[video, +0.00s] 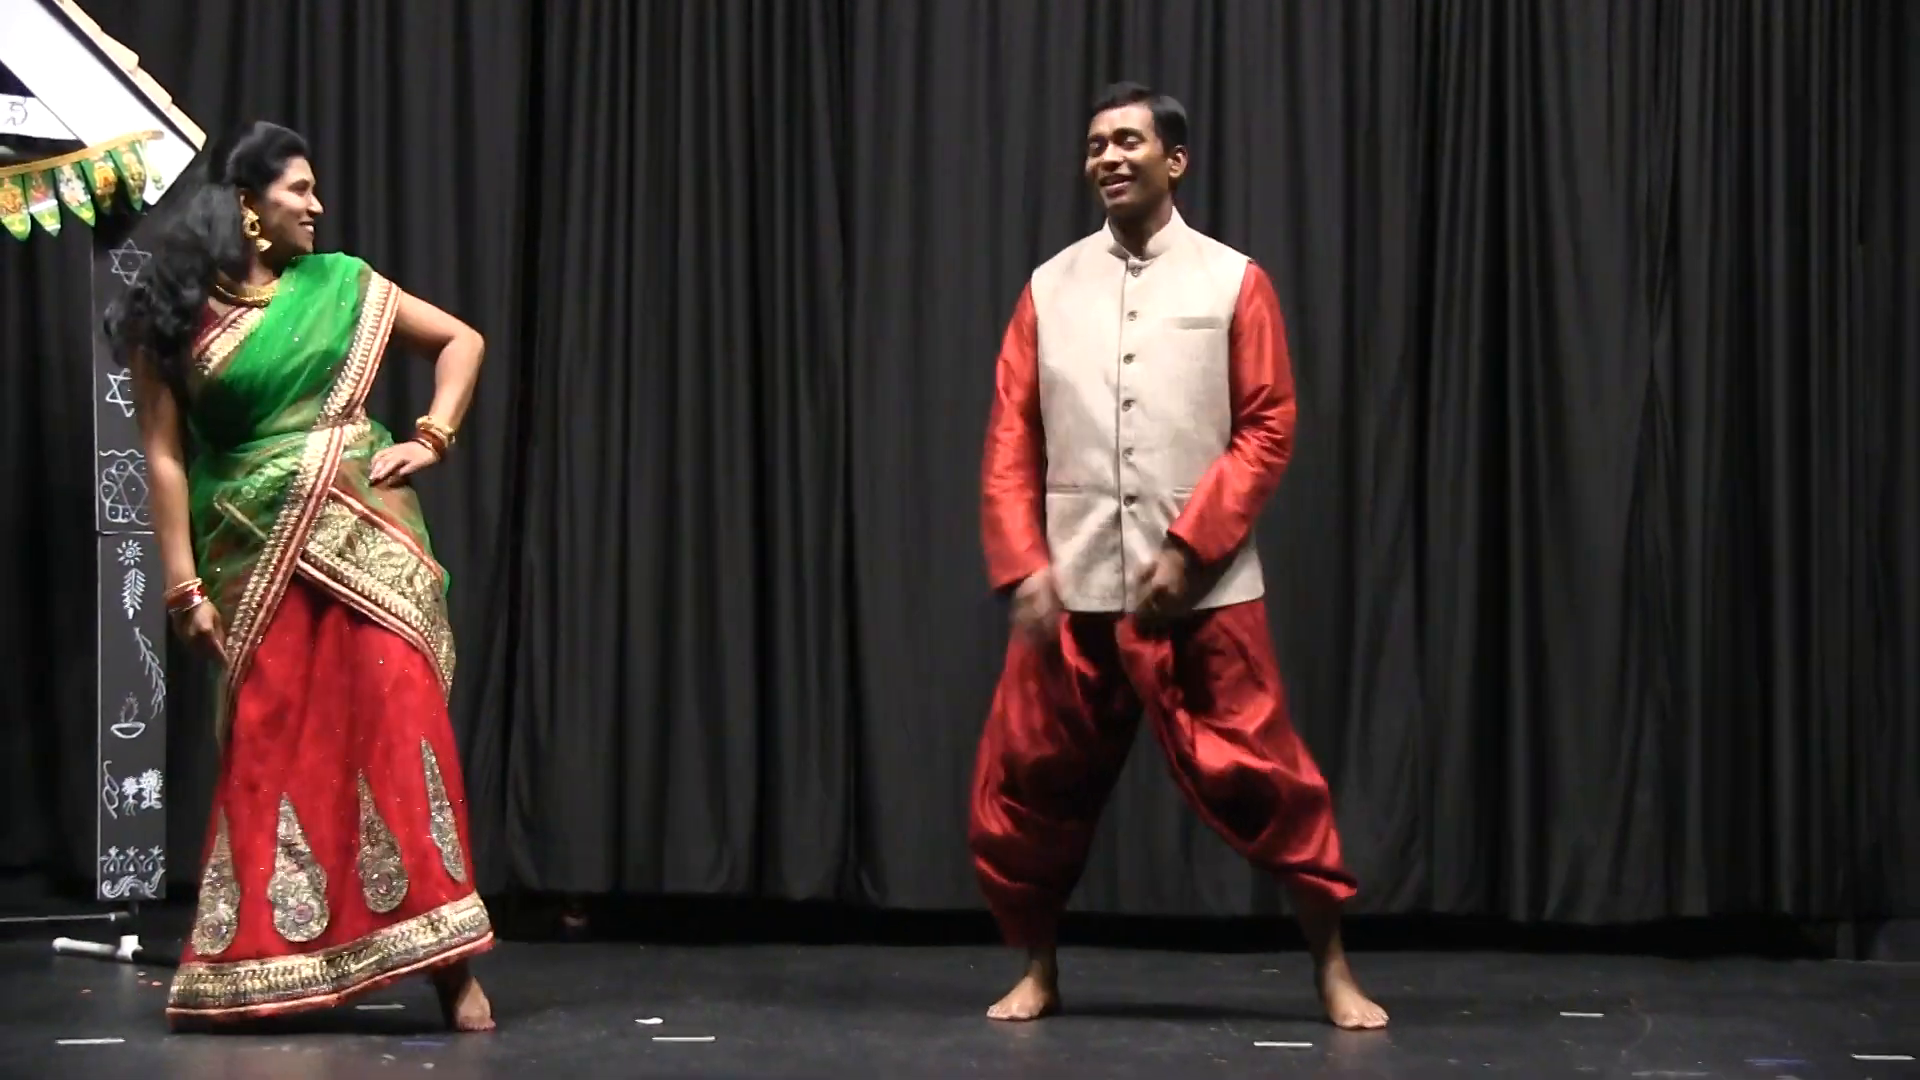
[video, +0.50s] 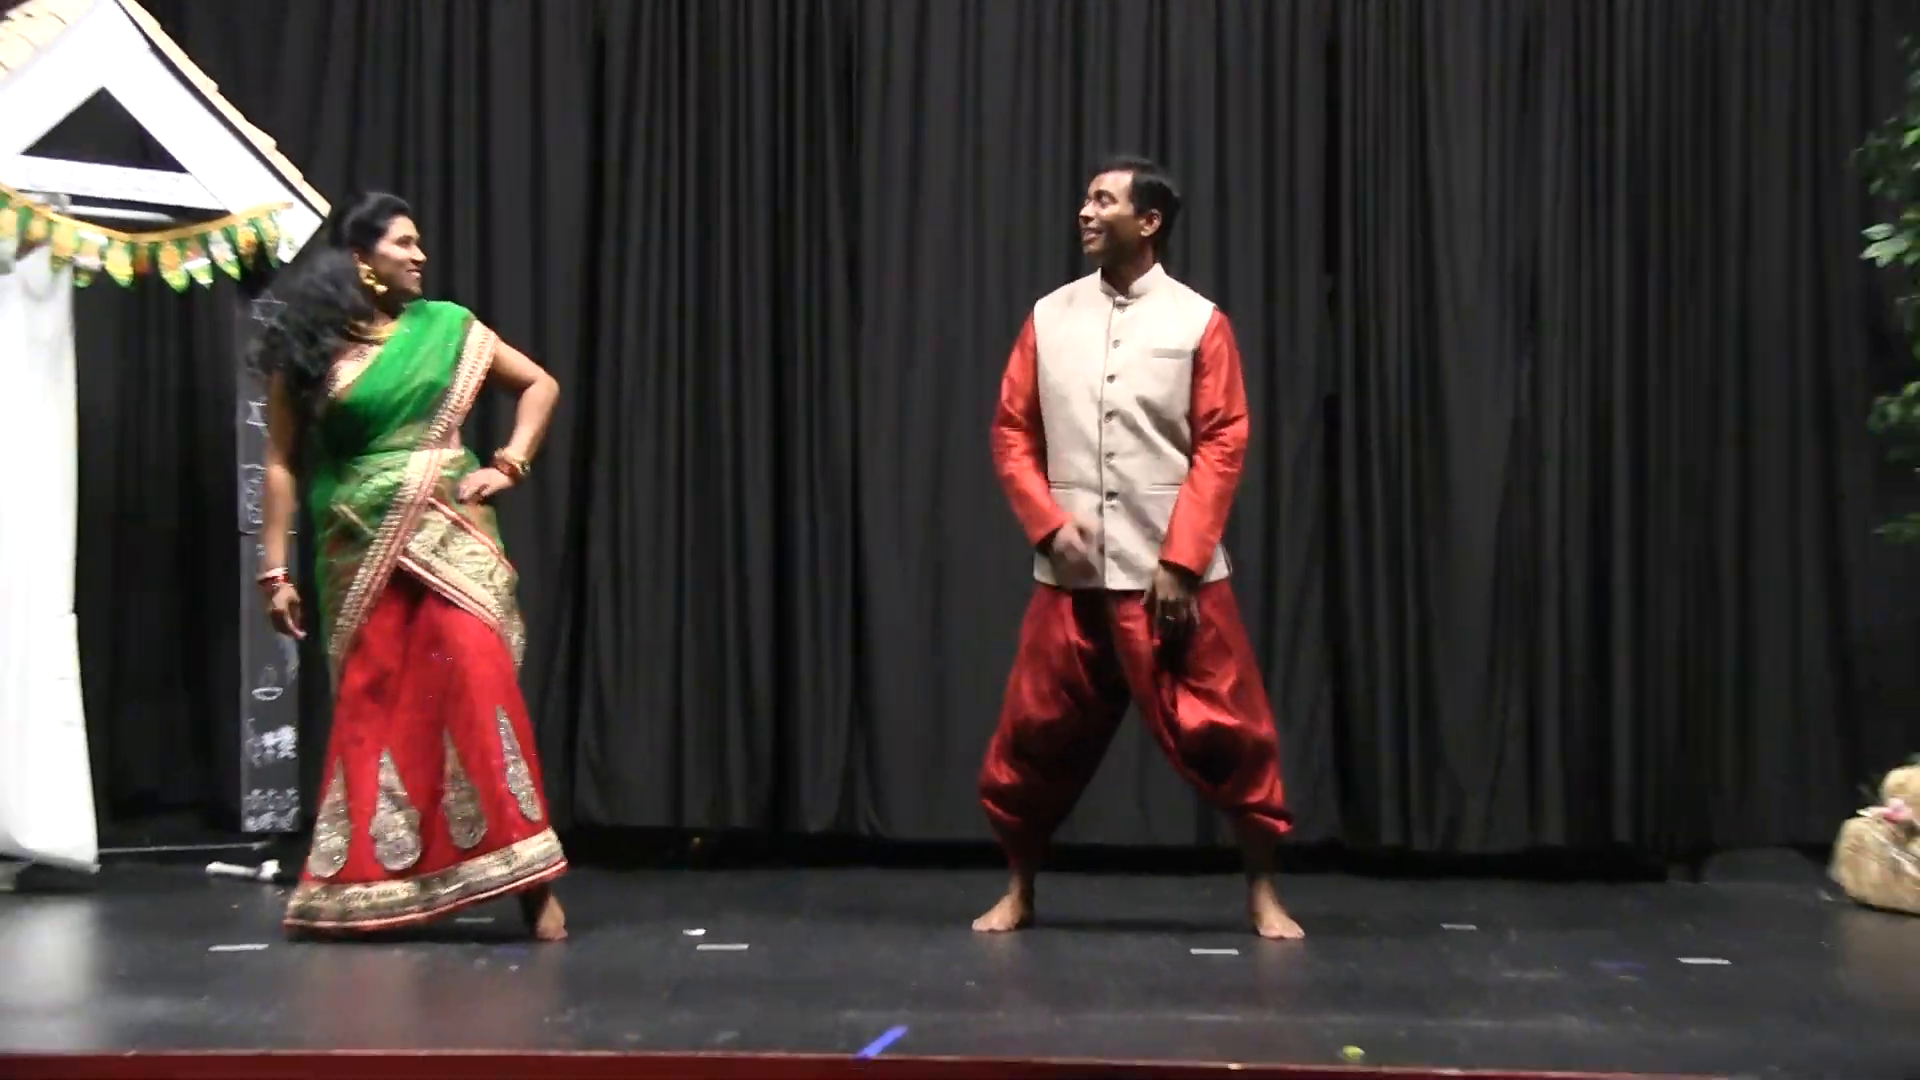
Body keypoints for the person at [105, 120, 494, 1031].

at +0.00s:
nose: (317, 205)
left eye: (316, 189)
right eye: (300, 190)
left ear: (302, 200)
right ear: (245, 202)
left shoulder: (347, 282)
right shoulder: (173, 320)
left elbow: (462, 340)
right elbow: (164, 451)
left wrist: (434, 436)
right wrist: (182, 583)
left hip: (372, 536)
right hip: (260, 553)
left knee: (402, 737)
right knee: (264, 750)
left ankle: (454, 962)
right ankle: (269, 973)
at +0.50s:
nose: (419, 256)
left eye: (420, 244)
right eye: (403, 243)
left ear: (416, 256)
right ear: (358, 253)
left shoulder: (448, 325)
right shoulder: (306, 344)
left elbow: (539, 384)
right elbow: (281, 459)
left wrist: (511, 461)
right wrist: (275, 569)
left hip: (452, 531)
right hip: (362, 544)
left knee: (480, 688)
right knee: (369, 704)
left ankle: (535, 880)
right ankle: (375, 891)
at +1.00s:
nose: (510, 294)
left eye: (517, 286)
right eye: (496, 284)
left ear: (526, 300)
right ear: (465, 298)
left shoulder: (551, 362)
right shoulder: (440, 372)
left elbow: (620, 422)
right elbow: (403, 464)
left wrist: (620, 490)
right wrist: (371, 540)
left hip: (538, 542)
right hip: (462, 546)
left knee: (544, 676)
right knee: (469, 678)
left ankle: (546, 823)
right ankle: (465, 825)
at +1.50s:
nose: (521, 305)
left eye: (533, 296)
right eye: (510, 297)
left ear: (552, 310)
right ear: (493, 312)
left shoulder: (582, 382)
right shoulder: (469, 380)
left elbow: (621, 467)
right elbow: (431, 469)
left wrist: (600, 534)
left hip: (563, 545)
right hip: (490, 543)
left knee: (554, 681)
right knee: (492, 675)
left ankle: (542, 828)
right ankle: (461, 831)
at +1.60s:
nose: (520, 310)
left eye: (532, 301)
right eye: (509, 302)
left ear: (552, 317)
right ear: (492, 318)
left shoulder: (584, 383)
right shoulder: (466, 384)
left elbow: (597, 461)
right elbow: (451, 464)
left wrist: (538, 442)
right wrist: (491, 438)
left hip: (563, 550)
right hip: (487, 550)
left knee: (558, 673)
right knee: (478, 672)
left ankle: (557, 827)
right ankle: (463, 832)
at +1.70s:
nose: (513, 310)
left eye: (526, 302)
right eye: (501, 304)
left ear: (544, 322)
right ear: (489, 326)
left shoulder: (568, 382)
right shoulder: (477, 394)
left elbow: (597, 406)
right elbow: (434, 388)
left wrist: (576, 342)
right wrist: (443, 322)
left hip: (561, 538)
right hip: (489, 536)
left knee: (555, 667)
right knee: (469, 659)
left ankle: (561, 821)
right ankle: (445, 812)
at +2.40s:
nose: (484, 322)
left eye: (488, 313)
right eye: (470, 314)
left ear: (494, 320)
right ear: (437, 325)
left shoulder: (515, 370)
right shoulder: (407, 387)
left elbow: (609, 397)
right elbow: (317, 363)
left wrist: (585, 470)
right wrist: (375, 314)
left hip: (542, 536)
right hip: (470, 552)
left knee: (591, 664)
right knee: (464, 688)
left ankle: (683, 800)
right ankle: (470, 834)